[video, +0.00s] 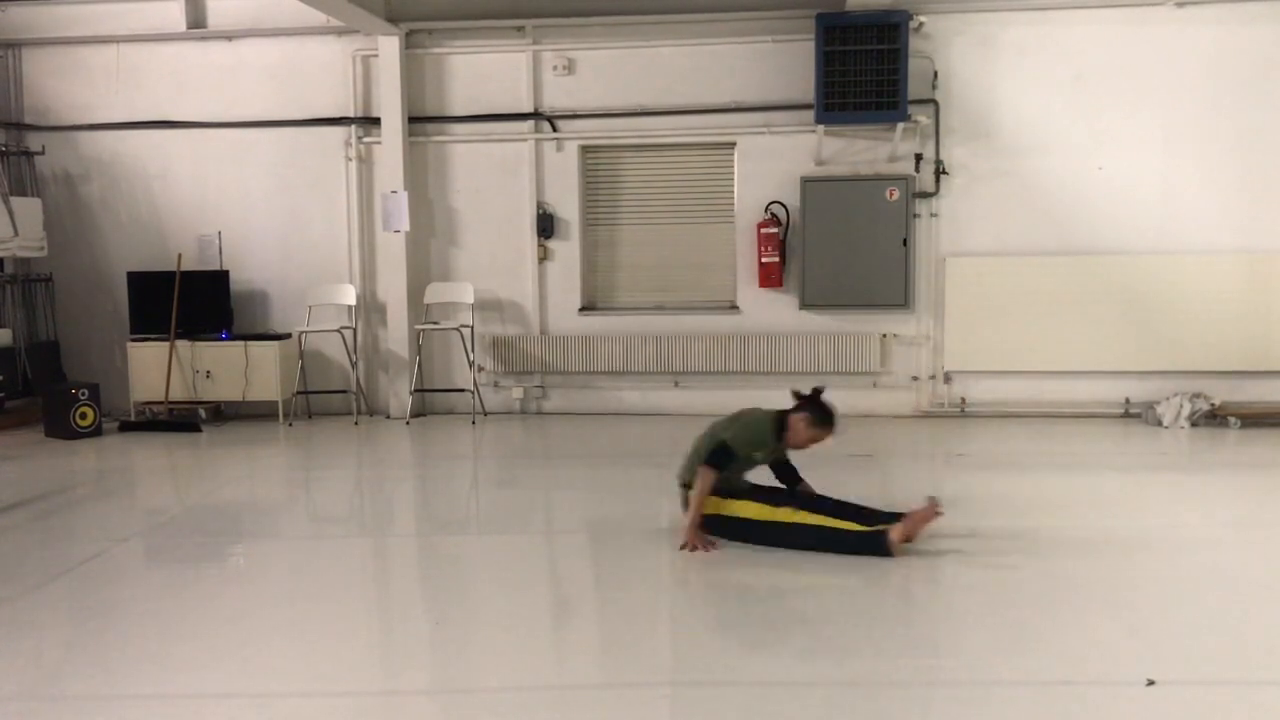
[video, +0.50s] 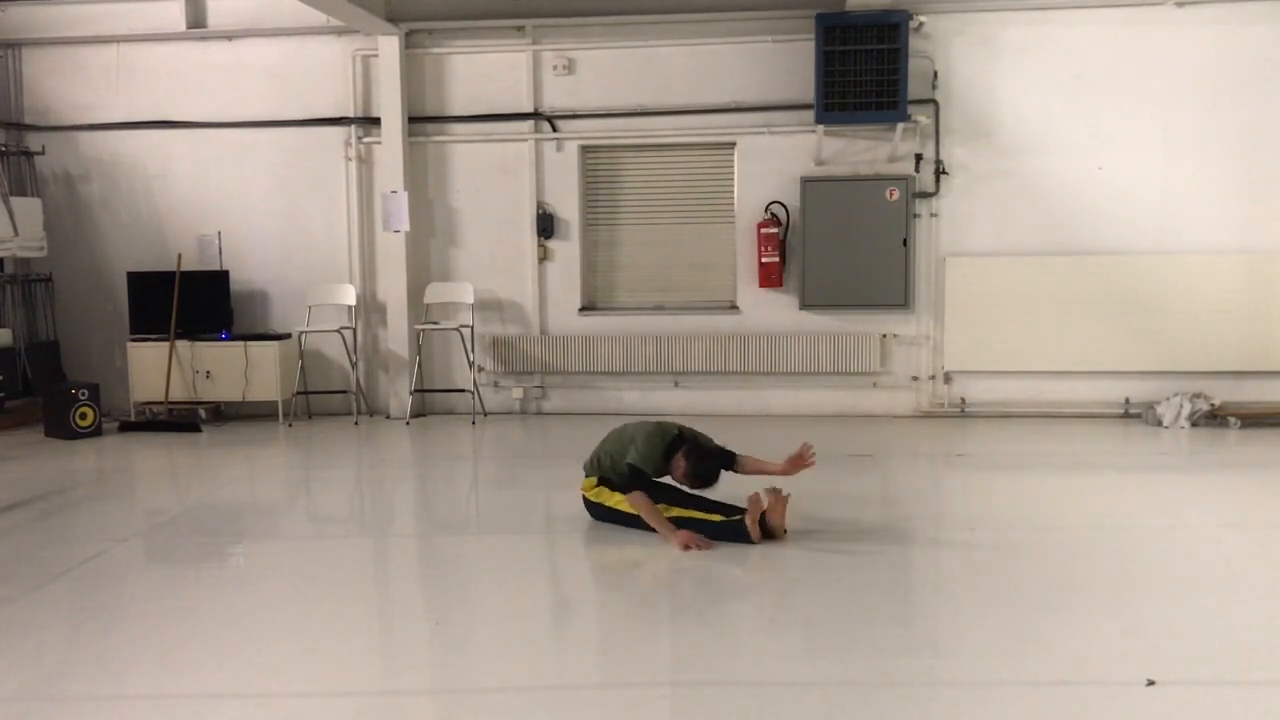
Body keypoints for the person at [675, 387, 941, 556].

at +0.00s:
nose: (809, 447)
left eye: (815, 442)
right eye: (812, 439)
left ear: (800, 421)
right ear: (799, 422)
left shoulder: (775, 436)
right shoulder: (755, 427)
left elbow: (793, 481)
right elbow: (707, 470)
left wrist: (822, 506)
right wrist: (692, 526)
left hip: (731, 490)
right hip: (707, 499)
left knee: (805, 507)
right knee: (788, 525)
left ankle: (897, 523)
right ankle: (883, 542)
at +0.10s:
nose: (770, 461)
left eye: (774, 458)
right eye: (771, 456)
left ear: (762, 437)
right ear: (761, 438)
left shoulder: (748, 439)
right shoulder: (717, 433)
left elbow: (790, 480)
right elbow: (675, 479)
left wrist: (838, 509)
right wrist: (684, 535)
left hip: (694, 488)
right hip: (666, 496)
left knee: (760, 504)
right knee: (746, 518)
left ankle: (848, 521)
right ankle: (844, 535)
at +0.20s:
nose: (731, 476)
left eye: (738, 474)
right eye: (734, 470)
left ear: (736, 454)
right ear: (729, 452)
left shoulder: (726, 444)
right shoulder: (689, 442)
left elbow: (781, 475)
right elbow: (652, 484)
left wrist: (836, 490)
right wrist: (682, 534)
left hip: (665, 486)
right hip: (637, 495)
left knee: (732, 503)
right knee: (718, 515)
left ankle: (815, 520)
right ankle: (809, 531)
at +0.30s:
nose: (708, 485)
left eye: (715, 484)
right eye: (711, 480)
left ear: (714, 459)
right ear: (707, 462)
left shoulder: (712, 447)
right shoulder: (670, 448)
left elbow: (765, 470)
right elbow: (648, 493)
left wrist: (820, 475)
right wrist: (681, 535)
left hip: (648, 486)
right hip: (617, 490)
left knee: (711, 502)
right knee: (698, 514)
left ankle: (786, 521)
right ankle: (777, 530)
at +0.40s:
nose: (694, 486)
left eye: (701, 486)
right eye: (697, 481)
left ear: (701, 459)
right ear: (692, 464)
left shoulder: (701, 446)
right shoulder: (656, 449)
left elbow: (749, 465)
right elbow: (645, 499)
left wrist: (799, 467)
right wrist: (681, 535)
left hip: (638, 482)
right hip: (605, 487)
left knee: (699, 501)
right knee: (678, 512)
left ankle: (769, 522)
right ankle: (752, 530)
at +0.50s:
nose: (681, 484)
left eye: (689, 485)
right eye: (684, 480)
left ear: (703, 457)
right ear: (681, 461)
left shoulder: (691, 440)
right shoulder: (647, 447)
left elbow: (733, 461)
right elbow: (635, 496)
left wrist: (780, 468)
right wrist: (674, 534)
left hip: (631, 481)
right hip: (599, 490)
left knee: (687, 501)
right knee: (672, 514)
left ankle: (763, 522)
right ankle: (747, 531)